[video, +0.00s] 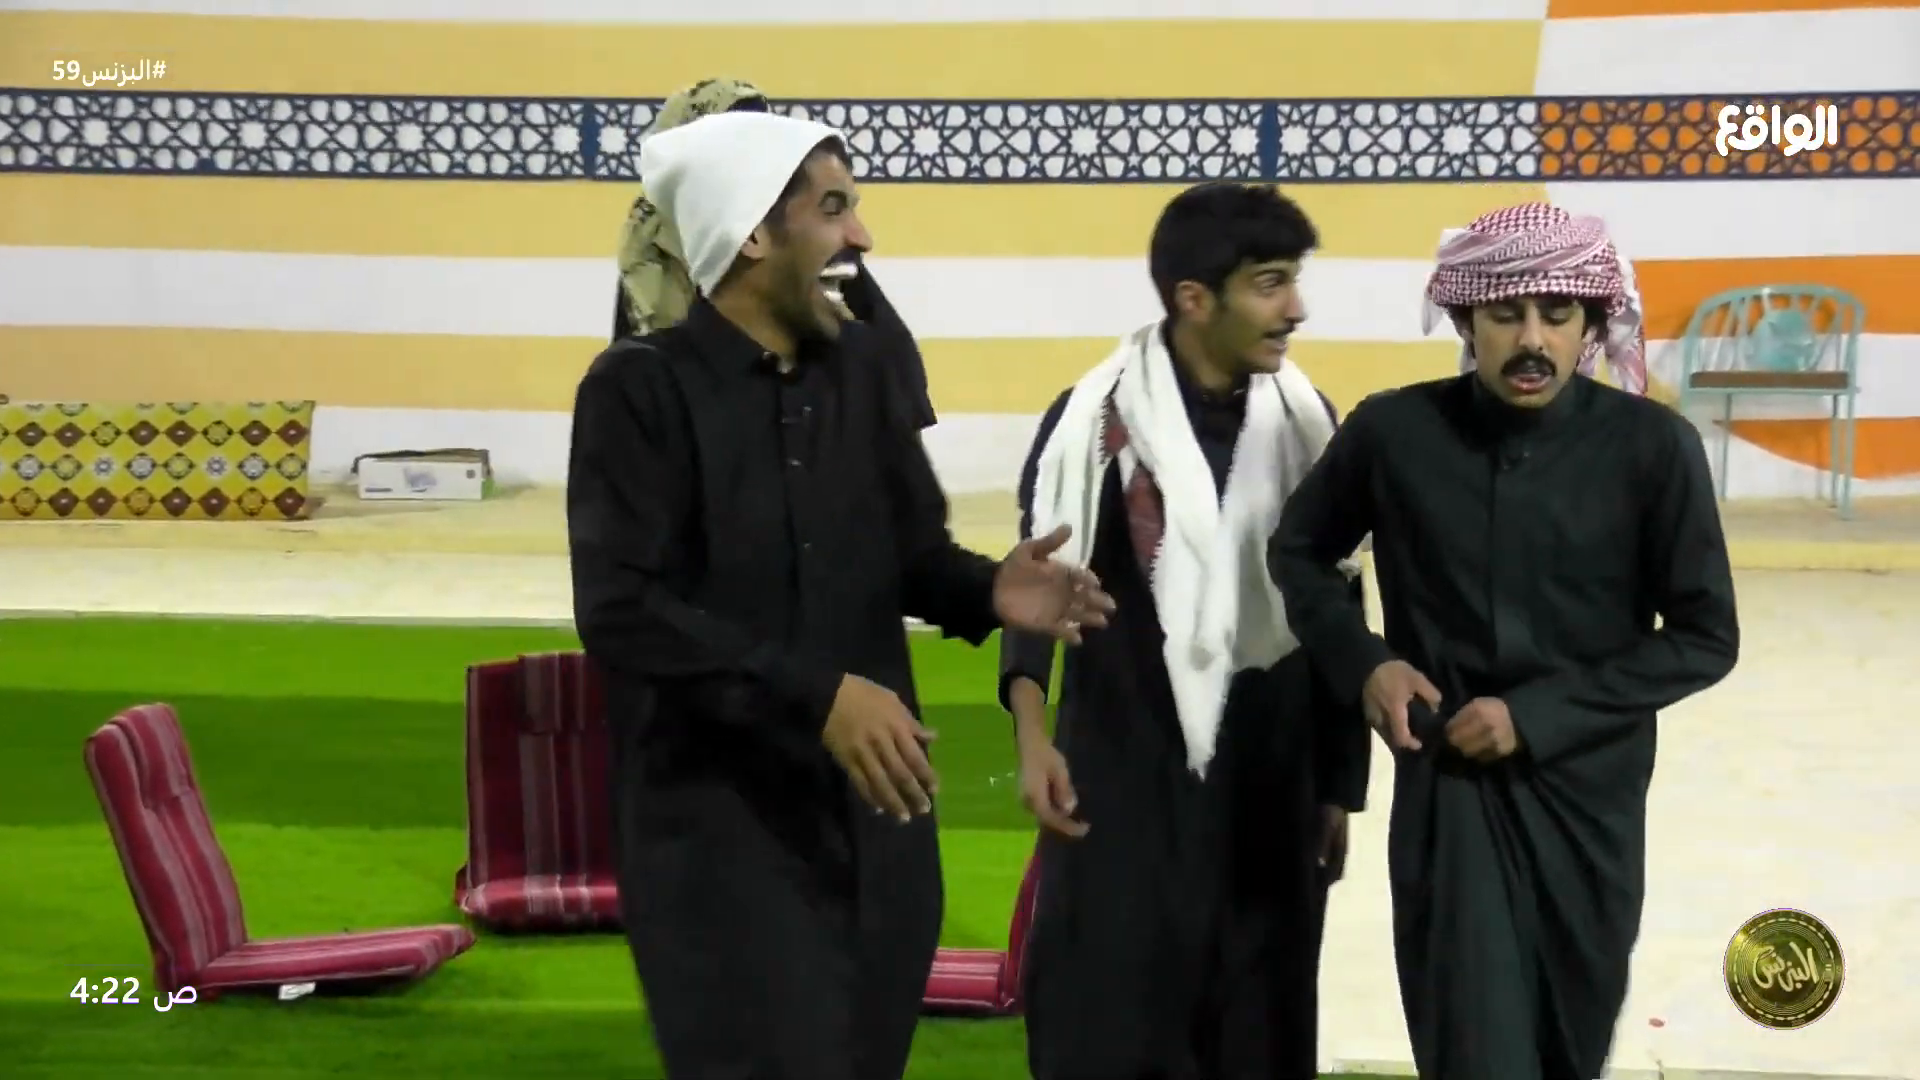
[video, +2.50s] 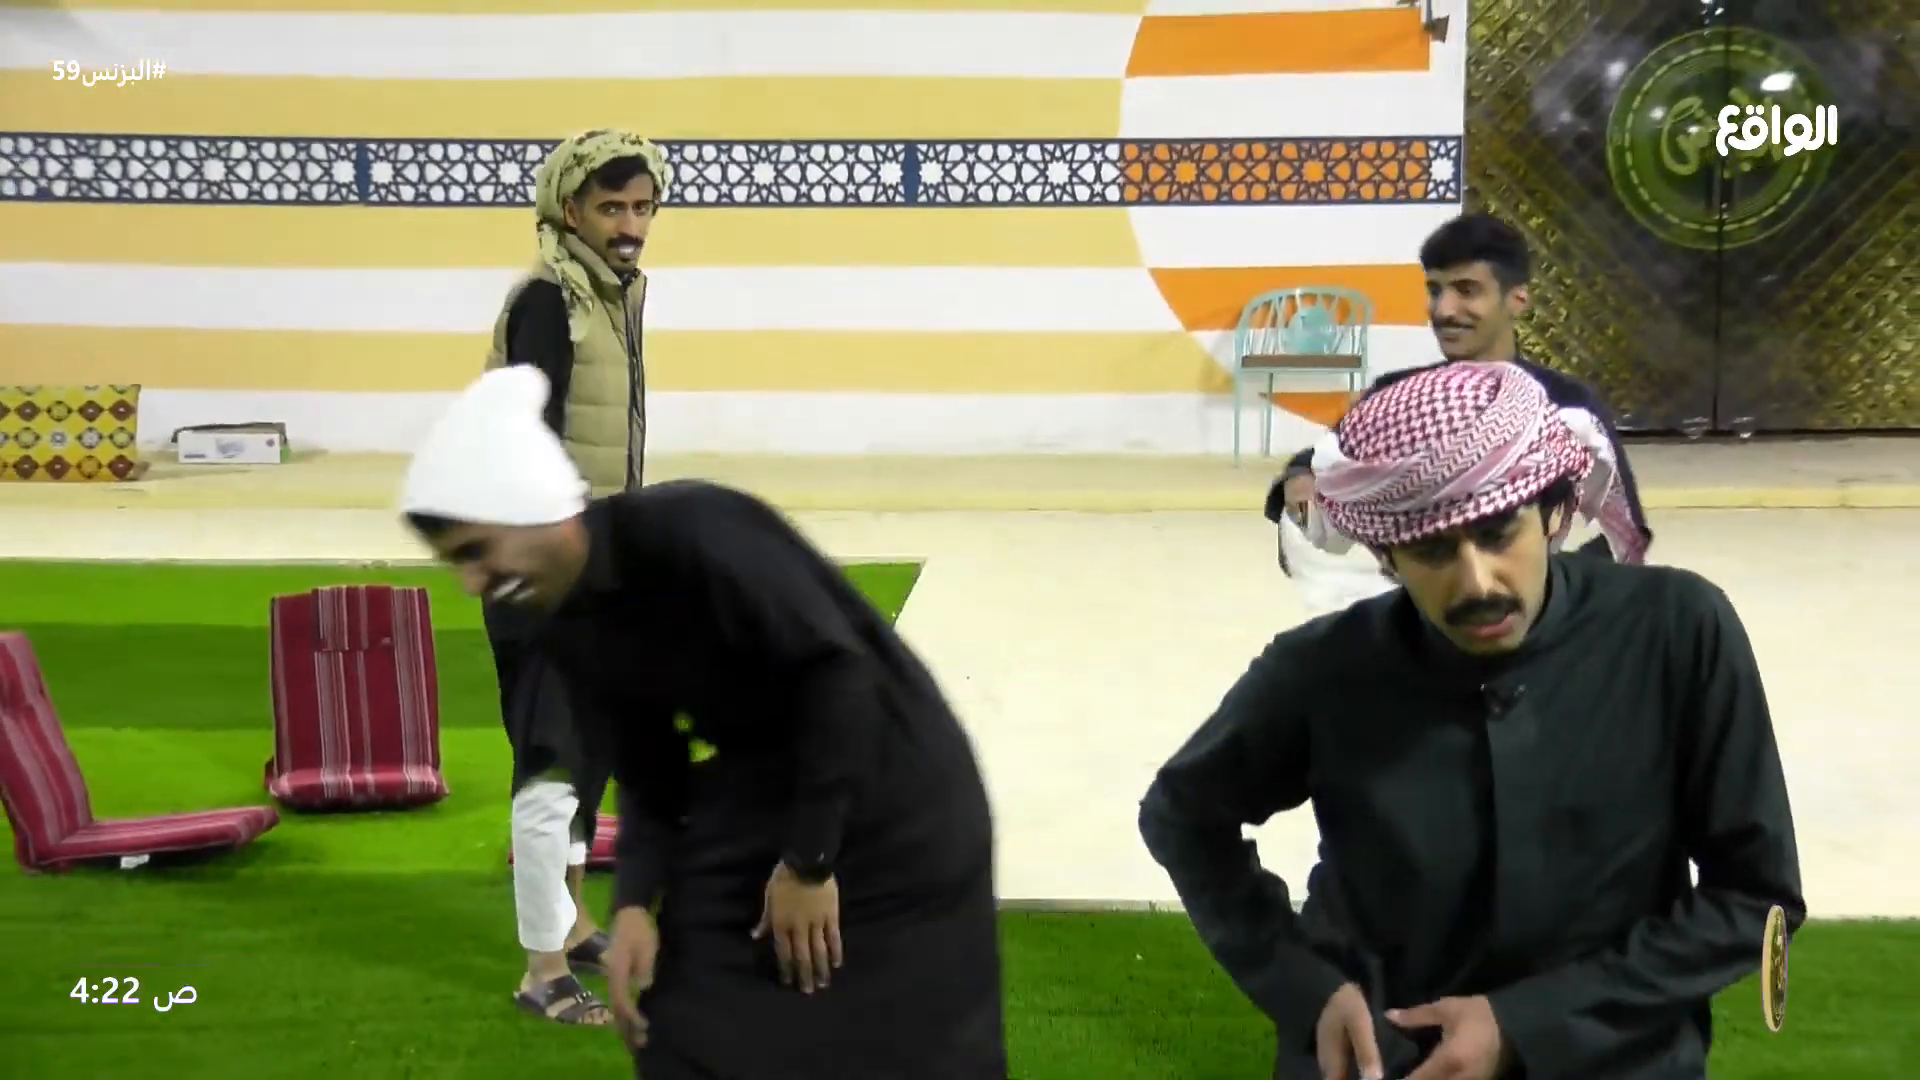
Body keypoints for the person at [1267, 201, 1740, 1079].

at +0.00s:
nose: (1532, 341)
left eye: (1555, 315)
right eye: (1506, 315)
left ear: (1589, 326)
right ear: (1466, 321)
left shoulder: (1652, 445)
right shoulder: (1389, 431)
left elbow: (1707, 638)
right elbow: (1301, 551)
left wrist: (1535, 713)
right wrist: (1367, 664)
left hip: (1590, 805)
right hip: (1447, 799)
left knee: (1571, 1053)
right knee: (1473, 1048)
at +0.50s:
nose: (1609, 378)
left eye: (1640, 352)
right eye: (1582, 346)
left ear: (1675, 366)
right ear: (1533, 349)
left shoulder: (1729, 489)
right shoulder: (1428, 475)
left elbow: (1775, 714)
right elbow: (1295, 609)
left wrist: (1580, 806)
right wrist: (1405, 757)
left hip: (1642, 930)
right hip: (1462, 918)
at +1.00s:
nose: (1567, 419)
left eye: (1594, 386)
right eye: (1536, 386)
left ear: (1634, 382)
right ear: (1487, 381)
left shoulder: (1705, 502)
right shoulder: (1389, 489)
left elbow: (1765, 728)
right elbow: (1267, 635)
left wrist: (1561, 823)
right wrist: (1359, 782)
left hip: (1611, 925)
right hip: (1428, 912)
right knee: (1429, 1061)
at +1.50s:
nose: (1483, 431)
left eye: (1509, 395)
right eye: (1450, 396)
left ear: (1544, 397)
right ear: (1395, 397)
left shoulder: (1608, 516)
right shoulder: (1292, 516)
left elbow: (1659, 753)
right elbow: (1115, 619)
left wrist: (1457, 860)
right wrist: (1229, 799)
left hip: (1541, 985)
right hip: (1344, 979)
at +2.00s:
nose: (1519, 447)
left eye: (1549, 415)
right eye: (1488, 409)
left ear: (1582, 424)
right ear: (1423, 409)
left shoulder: (1640, 550)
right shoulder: (1306, 542)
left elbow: (1682, 799)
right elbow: (1137, 675)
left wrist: (1456, 878)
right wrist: (1239, 845)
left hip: (1549, 1022)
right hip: (1354, 1017)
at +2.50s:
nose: (1477, 580)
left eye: (1499, 531)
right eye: (1433, 550)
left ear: (1555, 514)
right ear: (1387, 555)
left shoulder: (1682, 632)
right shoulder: (1321, 677)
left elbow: (1754, 899)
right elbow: (1185, 812)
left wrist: (1521, 1024)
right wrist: (1309, 994)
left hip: (1621, 1058)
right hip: (1380, 1062)